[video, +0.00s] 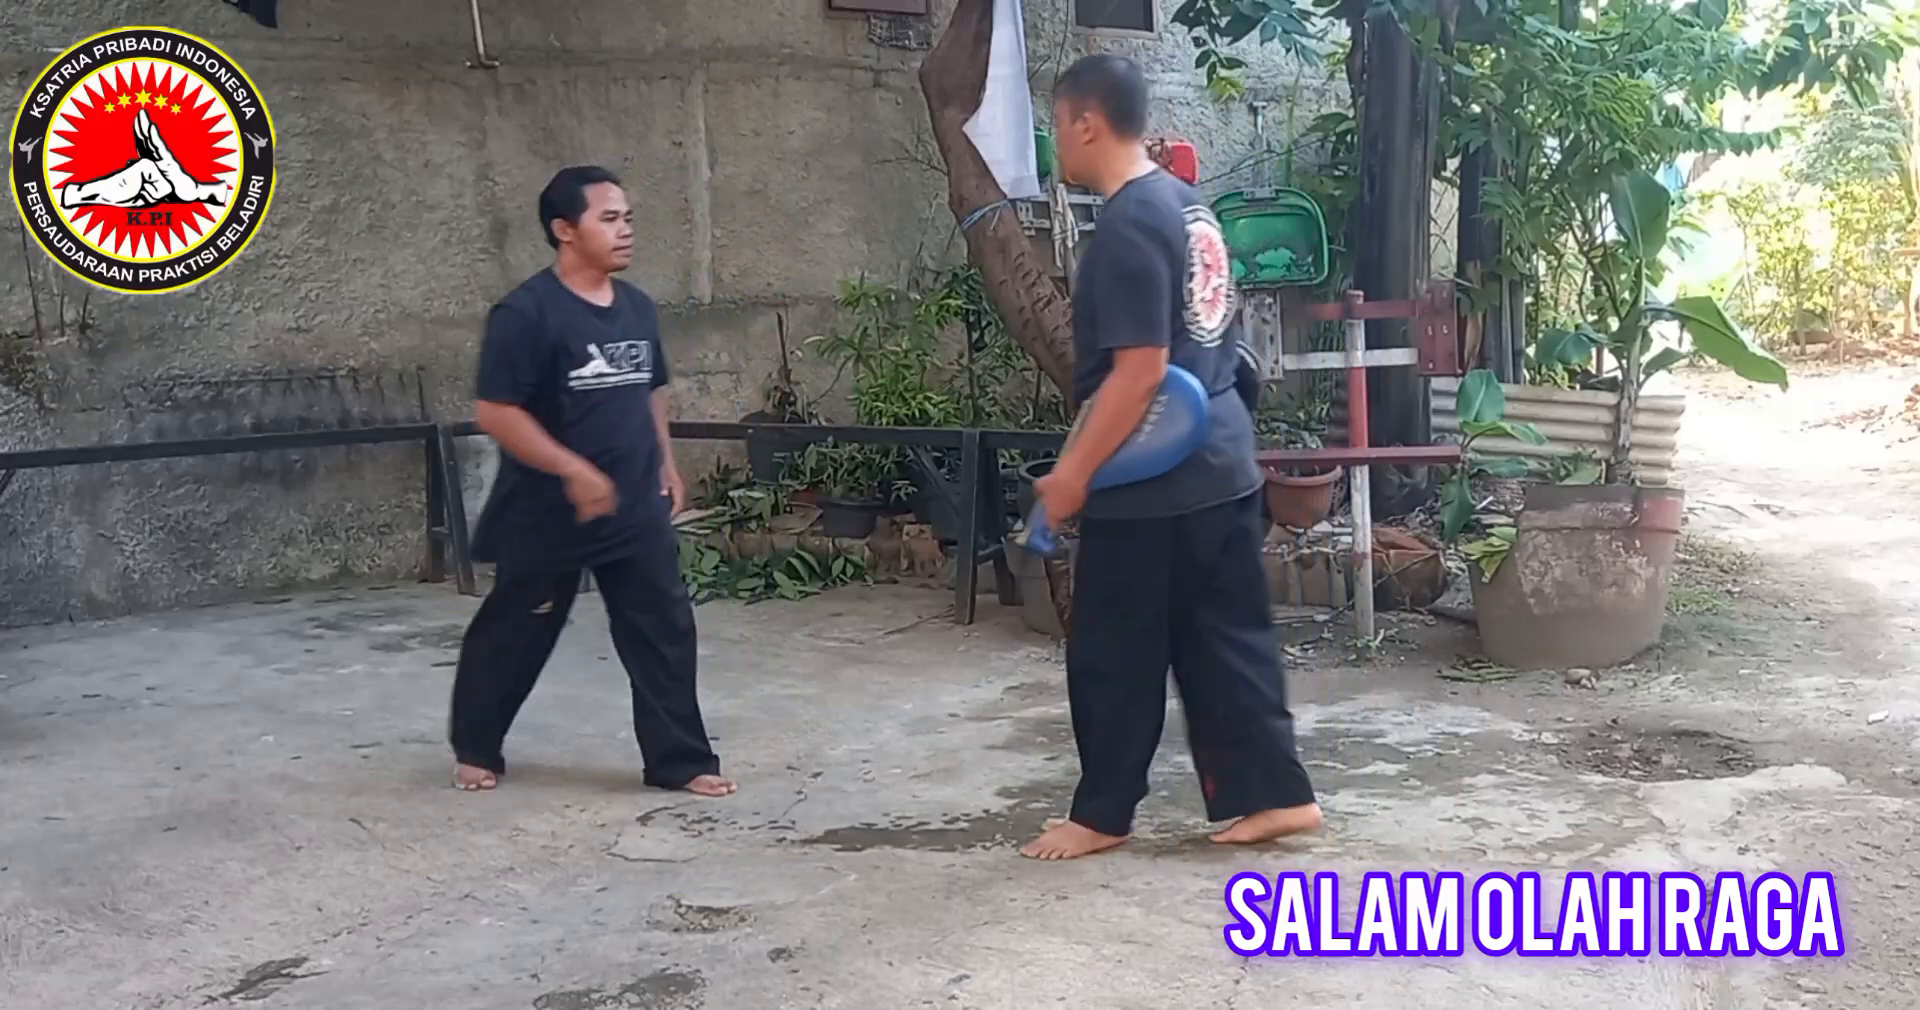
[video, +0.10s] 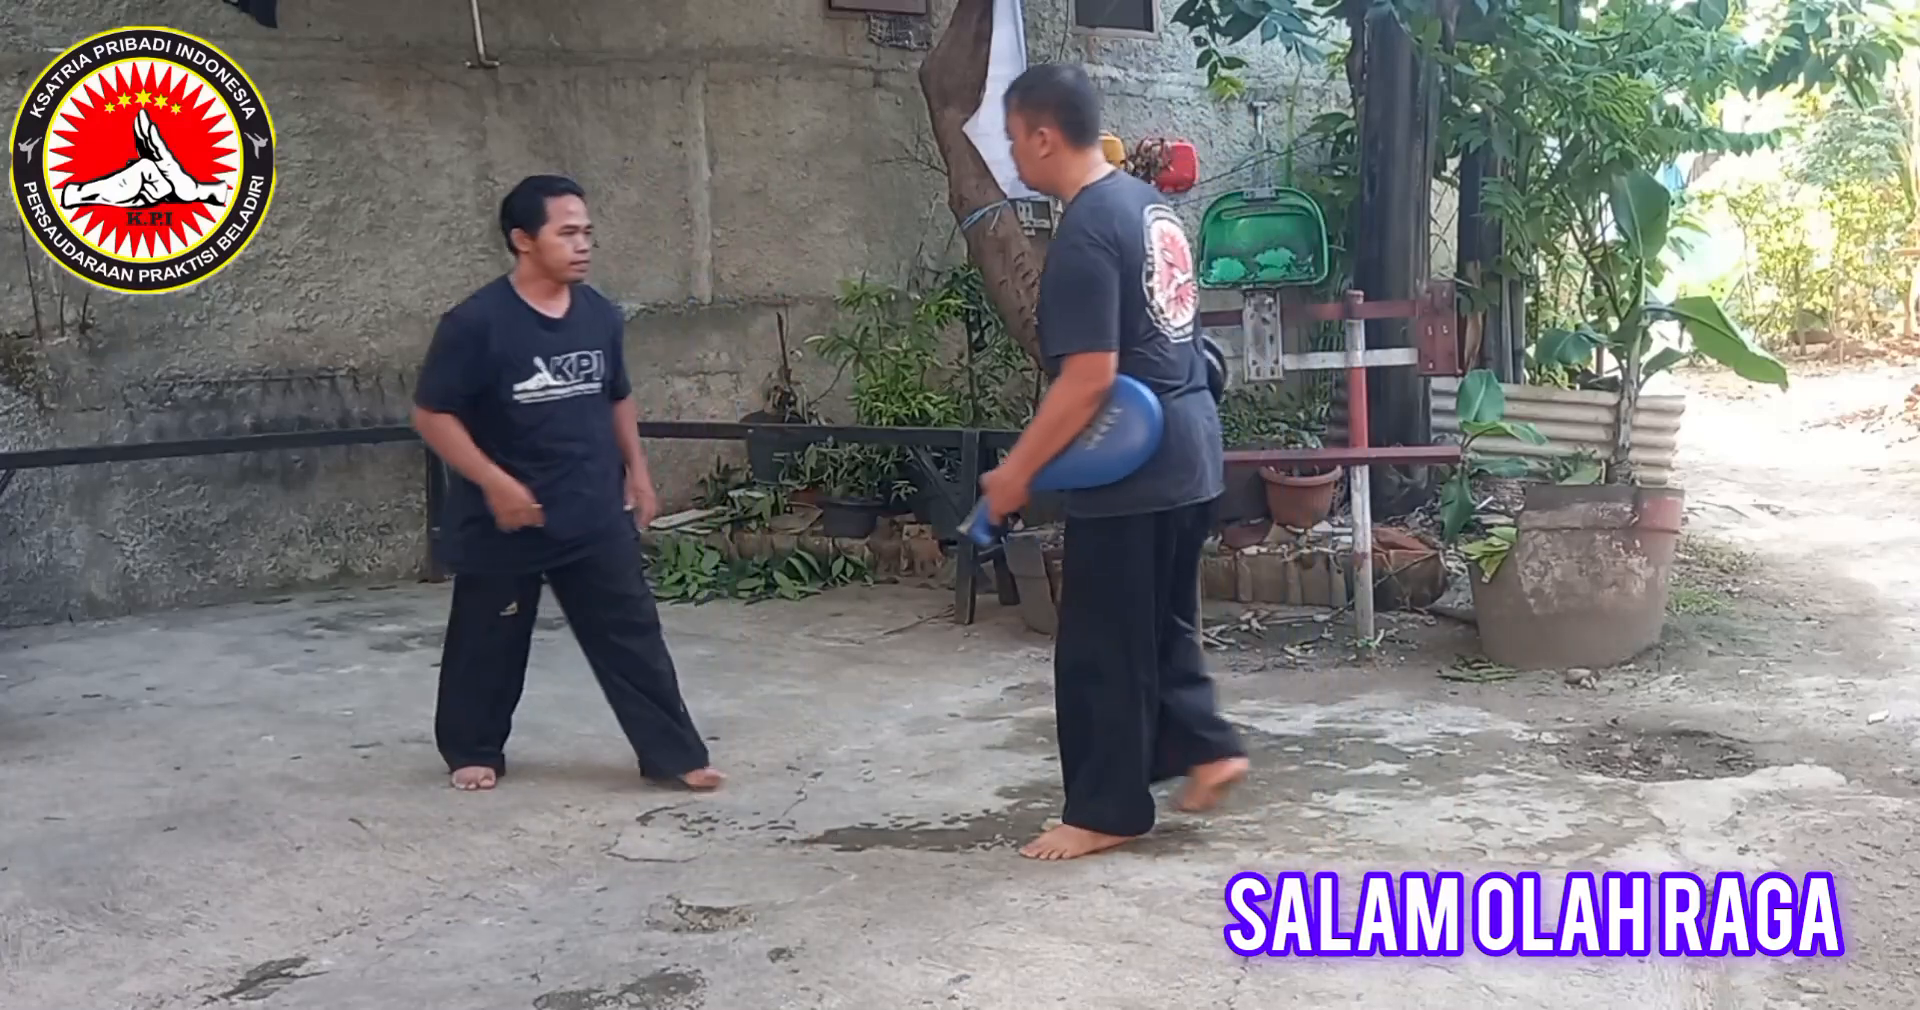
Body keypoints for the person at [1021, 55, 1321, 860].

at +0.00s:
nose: (1057, 146)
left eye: (1059, 128)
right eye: (1059, 129)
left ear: (1088, 125)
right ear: (1133, 125)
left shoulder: (1129, 223)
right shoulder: (1185, 204)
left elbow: (1141, 367)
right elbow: (1201, 348)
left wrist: (1073, 472)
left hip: (1147, 481)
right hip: (1217, 470)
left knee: (1112, 648)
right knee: (1228, 636)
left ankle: (1102, 813)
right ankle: (1280, 795)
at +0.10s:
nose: (1013, 155)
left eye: (1015, 138)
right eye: (1013, 139)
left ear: (1044, 135)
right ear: (1086, 130)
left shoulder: (1088, 227)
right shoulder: (1144, 203)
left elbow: (1091, 372)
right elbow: (1162, 341)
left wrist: (1017, 468)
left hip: (1127, 465)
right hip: (1187, 456)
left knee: (1100, 636)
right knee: (1163, 615)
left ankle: (1105, 812)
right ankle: (1207, 749)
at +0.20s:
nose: (983, 161)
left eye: (985, 145)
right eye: (982, 145)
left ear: (1016, 141)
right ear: (1050, 137)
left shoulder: (1069, 225)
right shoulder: (1115, 203)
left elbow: (1061, 371)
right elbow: (1124, 345)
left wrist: (980, 461)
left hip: (1124, 463)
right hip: (1164, 451)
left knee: (1089, 632)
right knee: (1120, 617)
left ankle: (1100, 816)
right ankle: (1140, 758)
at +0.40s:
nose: (924, 217)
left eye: (923, 198)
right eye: (919, 200)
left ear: (958, 182)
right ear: (963, 182)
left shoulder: (1051, 238)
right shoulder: (1003, 260)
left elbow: (1078, 370)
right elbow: (1042, 375)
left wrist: (997, 456)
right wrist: (996, 452)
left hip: (1143, 450)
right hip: (1088, 454)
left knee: (1119, 626)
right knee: (1064, 619)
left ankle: (1115, 812)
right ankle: (1056, 778)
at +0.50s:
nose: (920, 225)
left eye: (920, 205)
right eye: (915, 208)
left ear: (954, 188)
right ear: (958, 189)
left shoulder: (1051, 239)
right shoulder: (990, 276)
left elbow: (1093, 368)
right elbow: (1031, 389)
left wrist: (1022, 463)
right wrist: (1021, 472)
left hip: (1144, 462)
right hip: (1078, 467)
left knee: (1139, 628)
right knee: (1059, 623)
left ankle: (1164, 804)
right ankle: (1058, 779)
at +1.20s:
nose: (983, 202)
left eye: (986, 184)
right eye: (980, 187)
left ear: (1027, 174)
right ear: (1031, 177)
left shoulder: (1132, 238)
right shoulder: (1034, 267)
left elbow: (1186, 364)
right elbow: (1056, 376)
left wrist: (1151, 474)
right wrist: (1049, 473)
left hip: (1198, 460)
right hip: (1106, 471)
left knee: (1240, 633)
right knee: (1106, 628)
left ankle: (1296, 810)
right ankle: (1095, 781)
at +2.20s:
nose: (1010, 211)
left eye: (1012, 193)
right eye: (1007, 196)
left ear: (1053, 186)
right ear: (1060, 186)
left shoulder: (1155, 254)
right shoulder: (1066, 272)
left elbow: (1213, 376)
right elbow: (1076, 372)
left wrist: (1143, 473)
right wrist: (1002, 430)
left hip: (1226, 498)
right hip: (1142, 502)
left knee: (1285, 649)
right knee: (1115, 645)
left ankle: (1362, 810)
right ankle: (1109, 789)